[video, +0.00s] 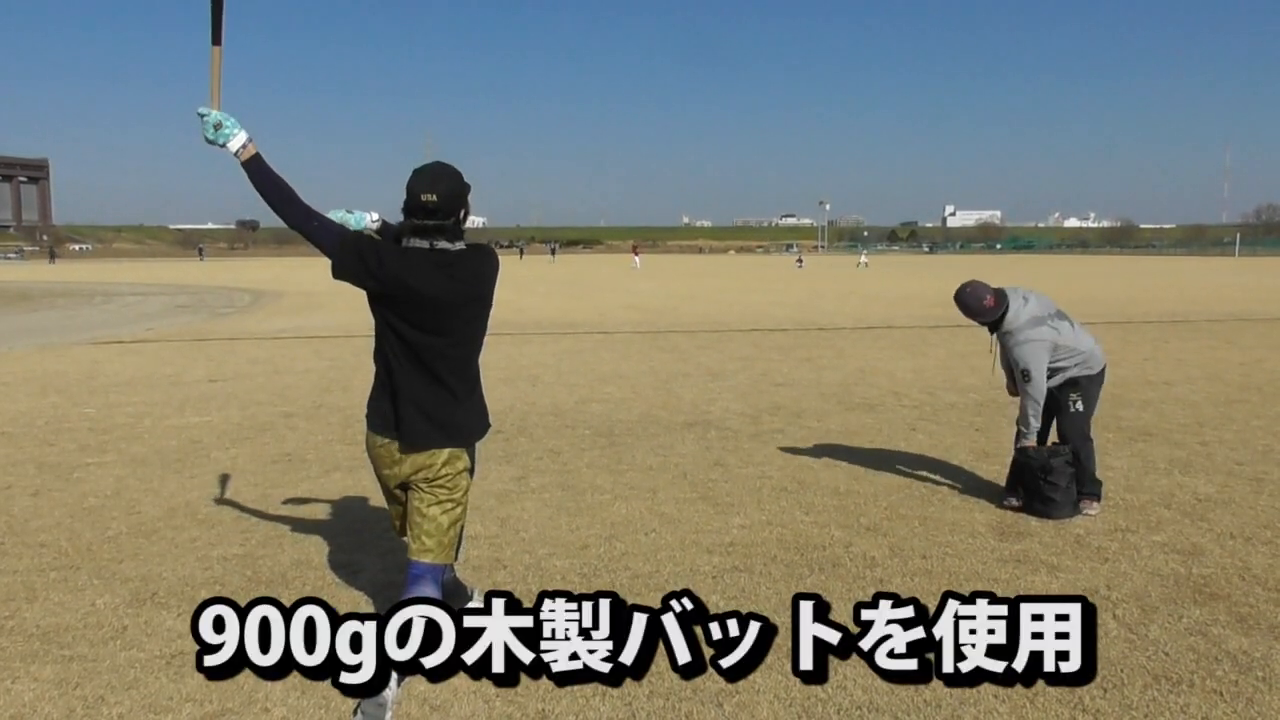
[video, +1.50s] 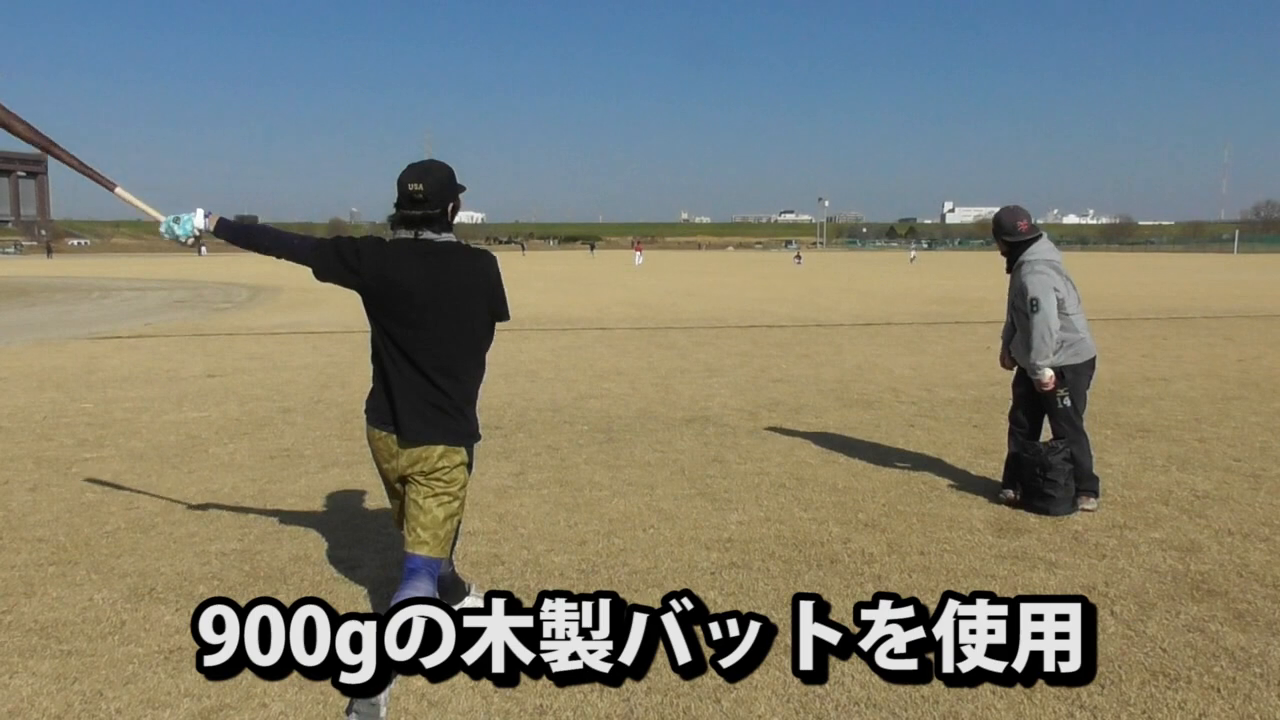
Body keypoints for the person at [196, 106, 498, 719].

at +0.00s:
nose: (460, 212)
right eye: (463, 205)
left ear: (408, 211)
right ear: (465, 216)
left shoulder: (380, 259)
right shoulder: (482, 264)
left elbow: (301, 215)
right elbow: (434, 248)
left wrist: (245, 148)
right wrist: (379, 231)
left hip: (385, 433)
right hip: (447, 438)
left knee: (420, 537)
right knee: (426, 571)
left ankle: (462, 606)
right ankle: (384, 687)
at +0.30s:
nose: (457, 212)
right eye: (459, 205)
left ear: (405, 209)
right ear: (460, 215)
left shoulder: (377, 257)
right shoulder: (480, 263)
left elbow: (298, 215)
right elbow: (437, 251)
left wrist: (242, 146)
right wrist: (385, 235)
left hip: (383, 432)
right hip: (446, 437)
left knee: (419, 537)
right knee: (424, 571)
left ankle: (460, 605)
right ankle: (380, 688)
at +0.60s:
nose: (448, 213)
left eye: (415, 200)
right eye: (452, 205)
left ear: (402, 209)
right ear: (456, 215)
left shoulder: (376, 258)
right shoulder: (479, 263)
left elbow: (292, 215)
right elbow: (445, 250)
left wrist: (236, 151)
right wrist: (394, 236)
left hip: (383, 433)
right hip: (447, 438)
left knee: (424, 538)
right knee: (423, 571)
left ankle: (467, 608)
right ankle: (376, 692)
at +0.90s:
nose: (434, 206)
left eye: (409, 197)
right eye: (450, 200)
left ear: (400, 206)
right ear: (452, 211)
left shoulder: (375, 259)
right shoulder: (478, 264)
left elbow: (293, 220)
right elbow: (444, 247)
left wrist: (228, 161)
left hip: (385, 433)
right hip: (447, 438)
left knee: (424, 536)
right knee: (421, 568)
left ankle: (457, 596)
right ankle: (377, 689)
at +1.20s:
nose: (455, 207)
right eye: (453, 202)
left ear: (398, 207)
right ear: (452, 210)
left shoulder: (374, 258)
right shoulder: (479, 263)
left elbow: (293, 222)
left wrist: (222, 170)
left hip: (384, 432)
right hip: (445, 437)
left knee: (422, 538)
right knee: (419, 569)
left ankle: (452, 599)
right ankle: (374, 691)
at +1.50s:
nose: (460, 207)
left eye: (453, 199)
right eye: (457, 201)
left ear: (400, 206)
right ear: (451, 209)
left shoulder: (374, 257)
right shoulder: (480, 265)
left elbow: (294, 245)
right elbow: (495, 317)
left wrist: (215, 224)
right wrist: (445, 287)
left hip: (385, 434)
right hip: (445, 438)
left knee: (422, 536)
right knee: (420, 569)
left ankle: (454, 598)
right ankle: (373, 689)